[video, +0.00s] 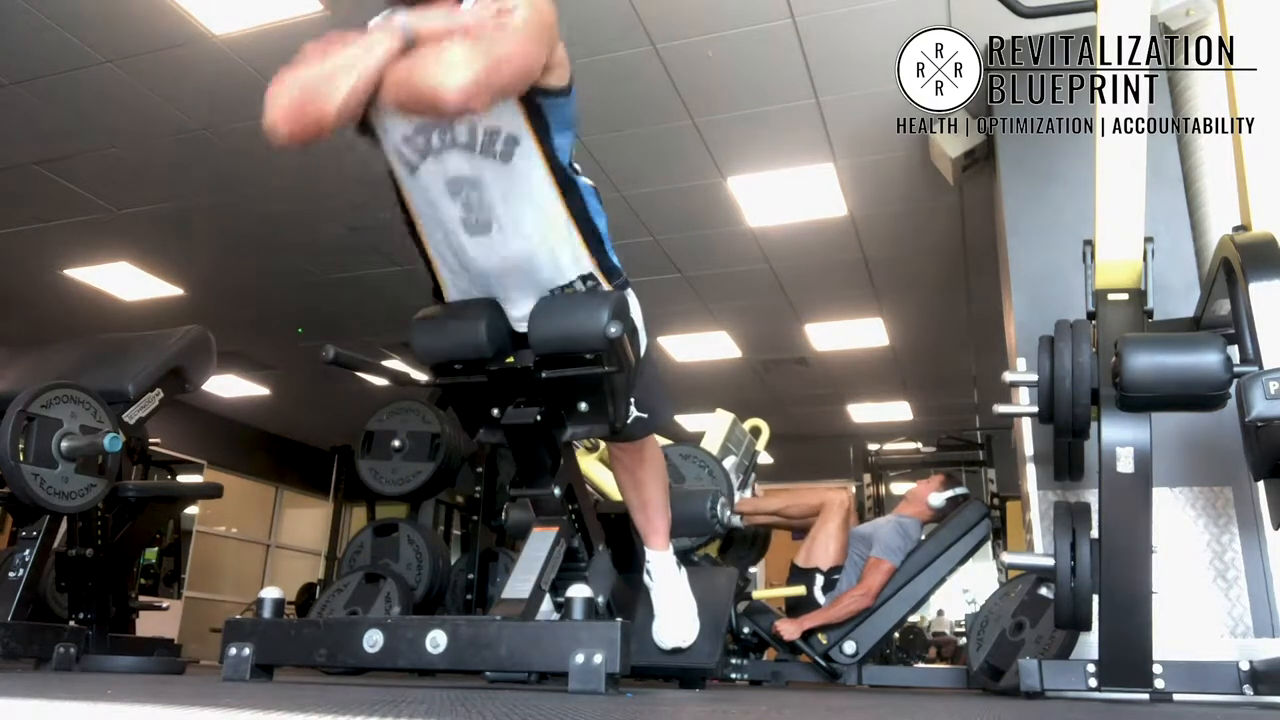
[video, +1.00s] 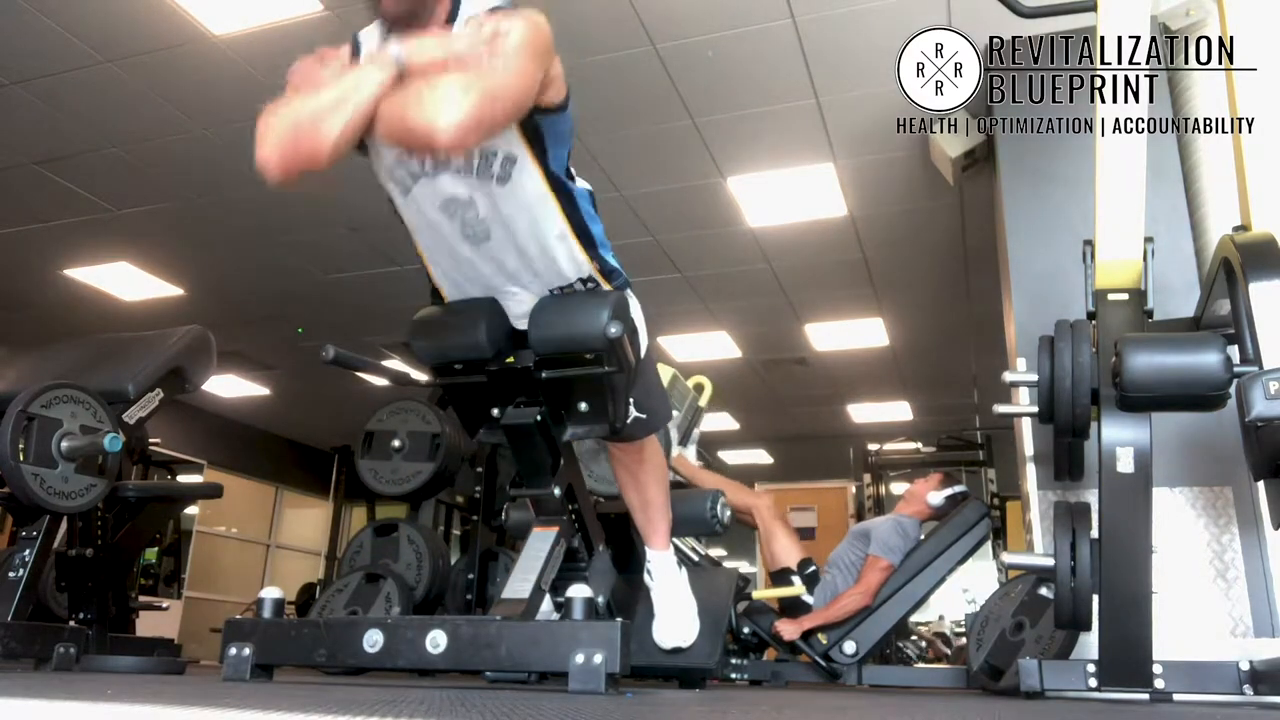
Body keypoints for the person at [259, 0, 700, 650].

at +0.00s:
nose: (435, 5)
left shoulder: (524, 14)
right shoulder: (363, 45)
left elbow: (458, 87)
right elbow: (283, 119)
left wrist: (359, 67)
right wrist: (397, 34)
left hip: (576, 286)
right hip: (478, 303)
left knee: (629, 425)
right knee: (520, 442)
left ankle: (661, 564)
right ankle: (549, 547)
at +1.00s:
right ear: (368, 2)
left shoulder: (514, 29)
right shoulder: (348, 59)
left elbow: (451, 123)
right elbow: (276, 155)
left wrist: (337, 87)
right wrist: (394, 58)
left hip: (575, 291)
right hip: (476, 309)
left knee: (628, 423)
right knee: (519, 441)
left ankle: (661, 564)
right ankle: (550, 537)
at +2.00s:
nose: (333, 284)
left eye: (347, 262)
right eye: (314, 266)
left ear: (395, 218)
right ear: (293, 242)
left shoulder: (497, 240)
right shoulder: (307, 273)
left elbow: (493, 435)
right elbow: (325, 450)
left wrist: (368, 377)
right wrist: (415, 384)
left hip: (574, 303)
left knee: (631, 422)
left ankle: (663, 562)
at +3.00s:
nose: (473, 4)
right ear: (445, 1)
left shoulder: (577, 13)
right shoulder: (418, 41)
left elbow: (485, 6)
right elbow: (344, 12)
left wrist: (420, 1)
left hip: (585, 273)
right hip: (480, 285)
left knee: (629, 428)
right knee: (514, 438)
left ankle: (660, 565)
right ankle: (544, 551)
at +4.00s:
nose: (337, 351)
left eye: (351, 327)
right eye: (319, 331)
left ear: (399, 271)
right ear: (297, 302)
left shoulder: (500, 275)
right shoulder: (312, 315)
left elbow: (507, 475)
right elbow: (336, 484)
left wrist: (377, 419)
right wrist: (422, 440)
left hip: (578, 295)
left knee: (632, 422)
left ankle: (662, 563)